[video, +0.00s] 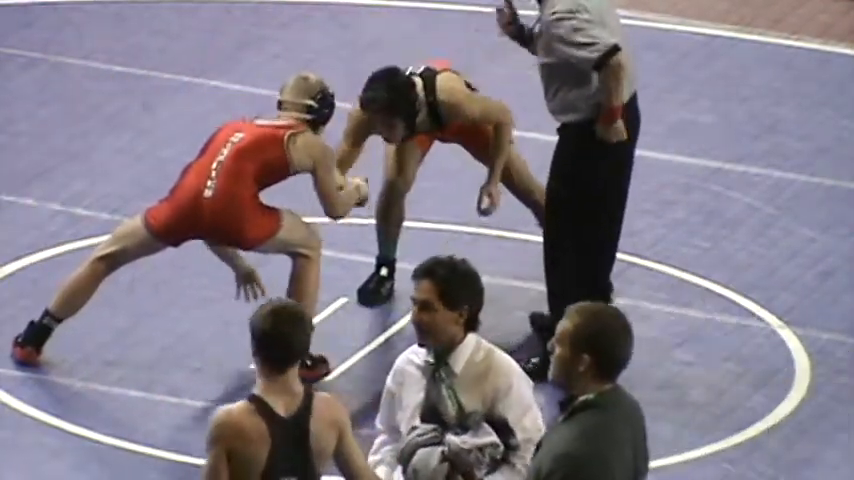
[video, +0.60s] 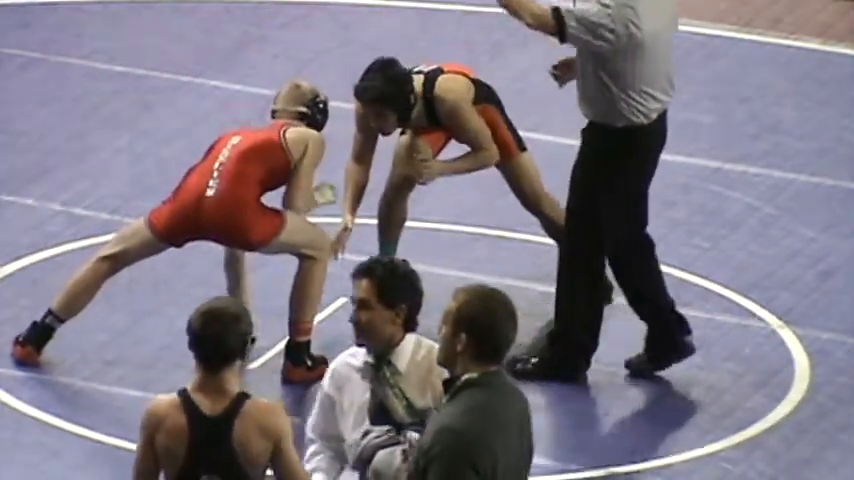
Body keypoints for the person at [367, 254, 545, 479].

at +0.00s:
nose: (415, 318)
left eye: (426, 309)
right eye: (414, 306)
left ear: (461, 315)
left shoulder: (503, 373)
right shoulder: (407, 364)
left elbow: (527, 452)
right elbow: (388, 436)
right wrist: (383, 473)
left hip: (476, 473)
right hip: (412, 472)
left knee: (427, 460)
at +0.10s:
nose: (409, 319)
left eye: (421, 310)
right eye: (409, 308)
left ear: (456, 318)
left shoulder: (497, 376)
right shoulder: (402, 365)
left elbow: (524, 453)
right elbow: (381, 434)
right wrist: (380, 471)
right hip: (405, 472)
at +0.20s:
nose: (402, 319)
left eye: (414, 311)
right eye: (404, 308)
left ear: (448, 320)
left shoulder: (490, 377)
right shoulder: (397, 365)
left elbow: (508, 457)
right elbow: (374, 435)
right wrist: (373, 472)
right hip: (396, 473)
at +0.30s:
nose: (394, 317)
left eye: (405, 309)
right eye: (396, 306)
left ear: (440, 319)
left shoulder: (479, 371)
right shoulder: (389, 365)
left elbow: (492, 446)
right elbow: (367, 436)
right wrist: (362, 472)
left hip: (451, 475)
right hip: (390, 473)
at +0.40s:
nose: (384, 317)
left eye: (395, 308)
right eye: (385, 306)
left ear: (429, 318)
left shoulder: (467, 368)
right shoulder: (376, 367)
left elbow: (480, 438)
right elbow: (356, 440)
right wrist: (349, 474)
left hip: (445, 474)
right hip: (382, 473)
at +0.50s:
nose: (368, 318)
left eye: (380, 308)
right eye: (370, 307)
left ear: (415, 317)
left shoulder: (454, 367)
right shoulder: (358, 370)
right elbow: (341, 445)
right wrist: (335, 475)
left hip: (438, 474)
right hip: (371, 472)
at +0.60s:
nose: (353, 318)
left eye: (364, 307)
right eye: (354, 306)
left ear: (399, 315)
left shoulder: (437, 363)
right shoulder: (342, 370)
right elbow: (323, 444)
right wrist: (320, 474)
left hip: (423, 472)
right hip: (358, 472)